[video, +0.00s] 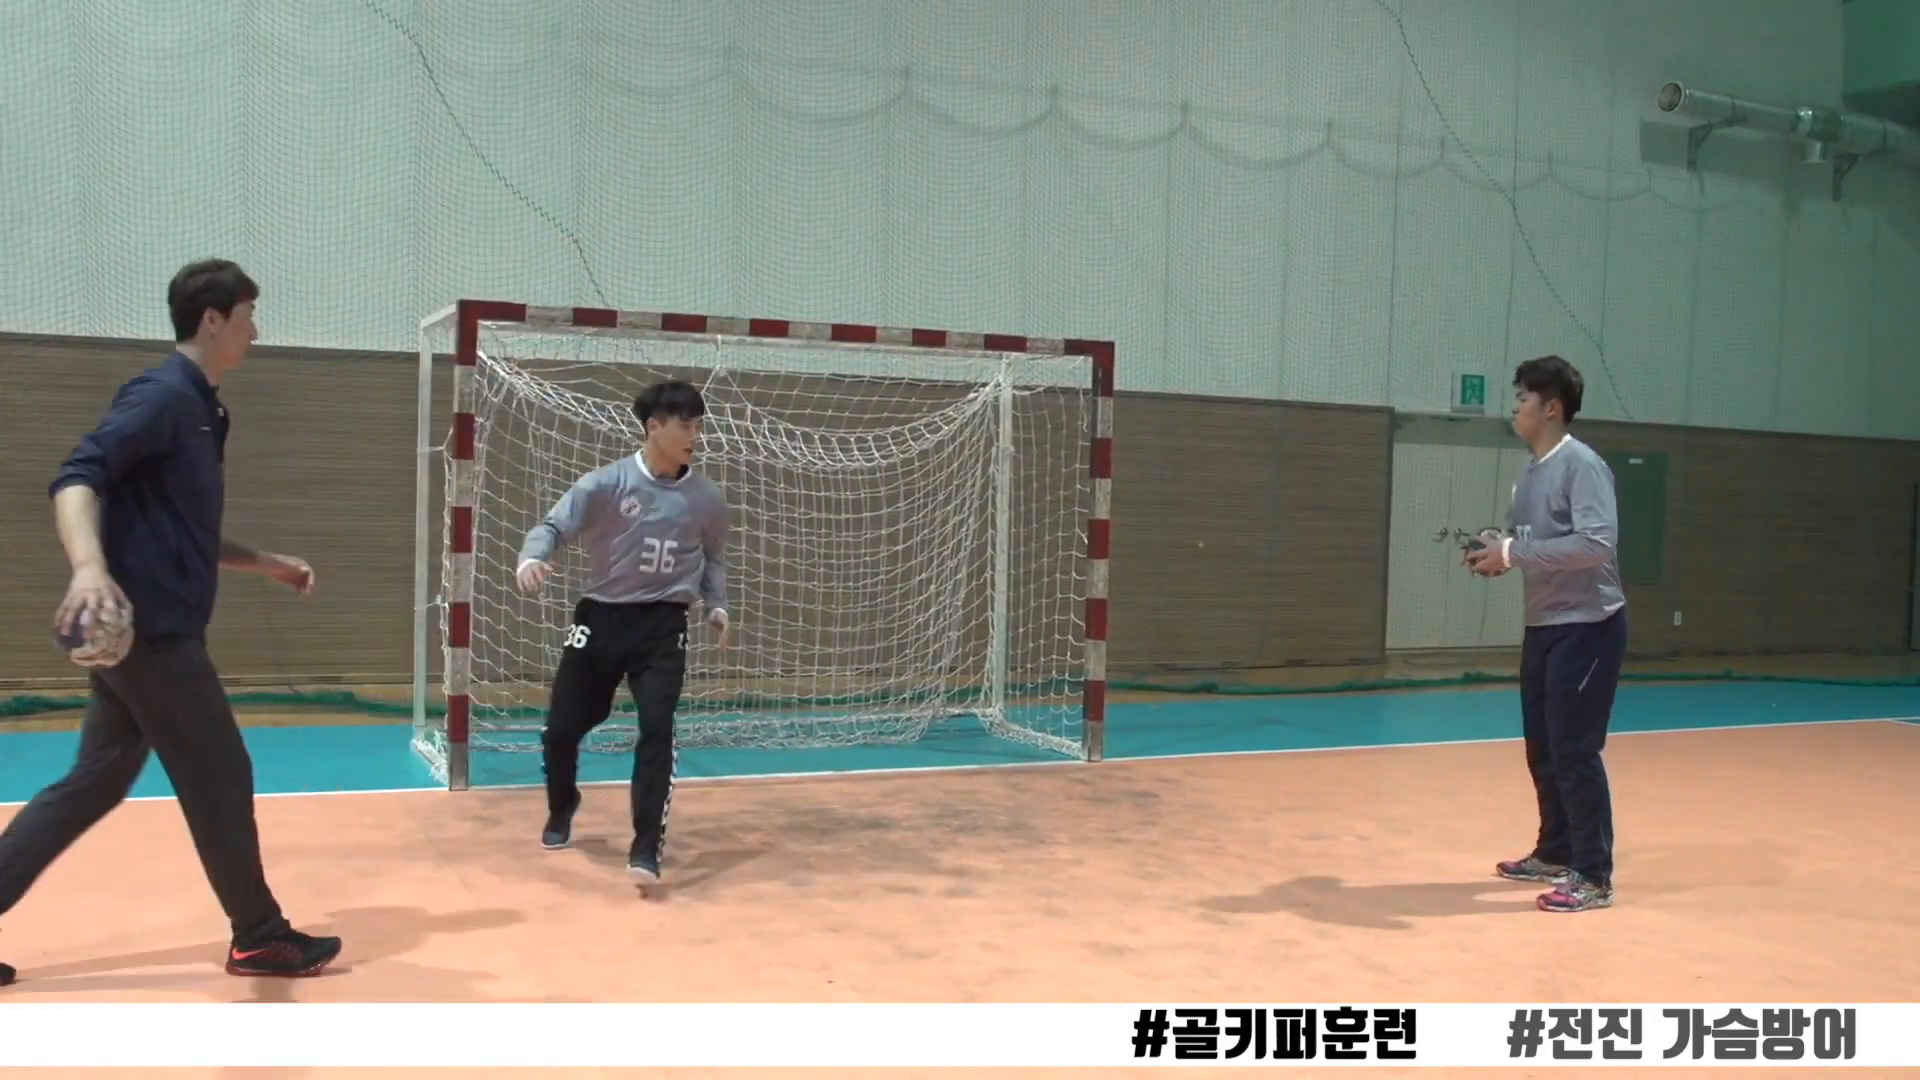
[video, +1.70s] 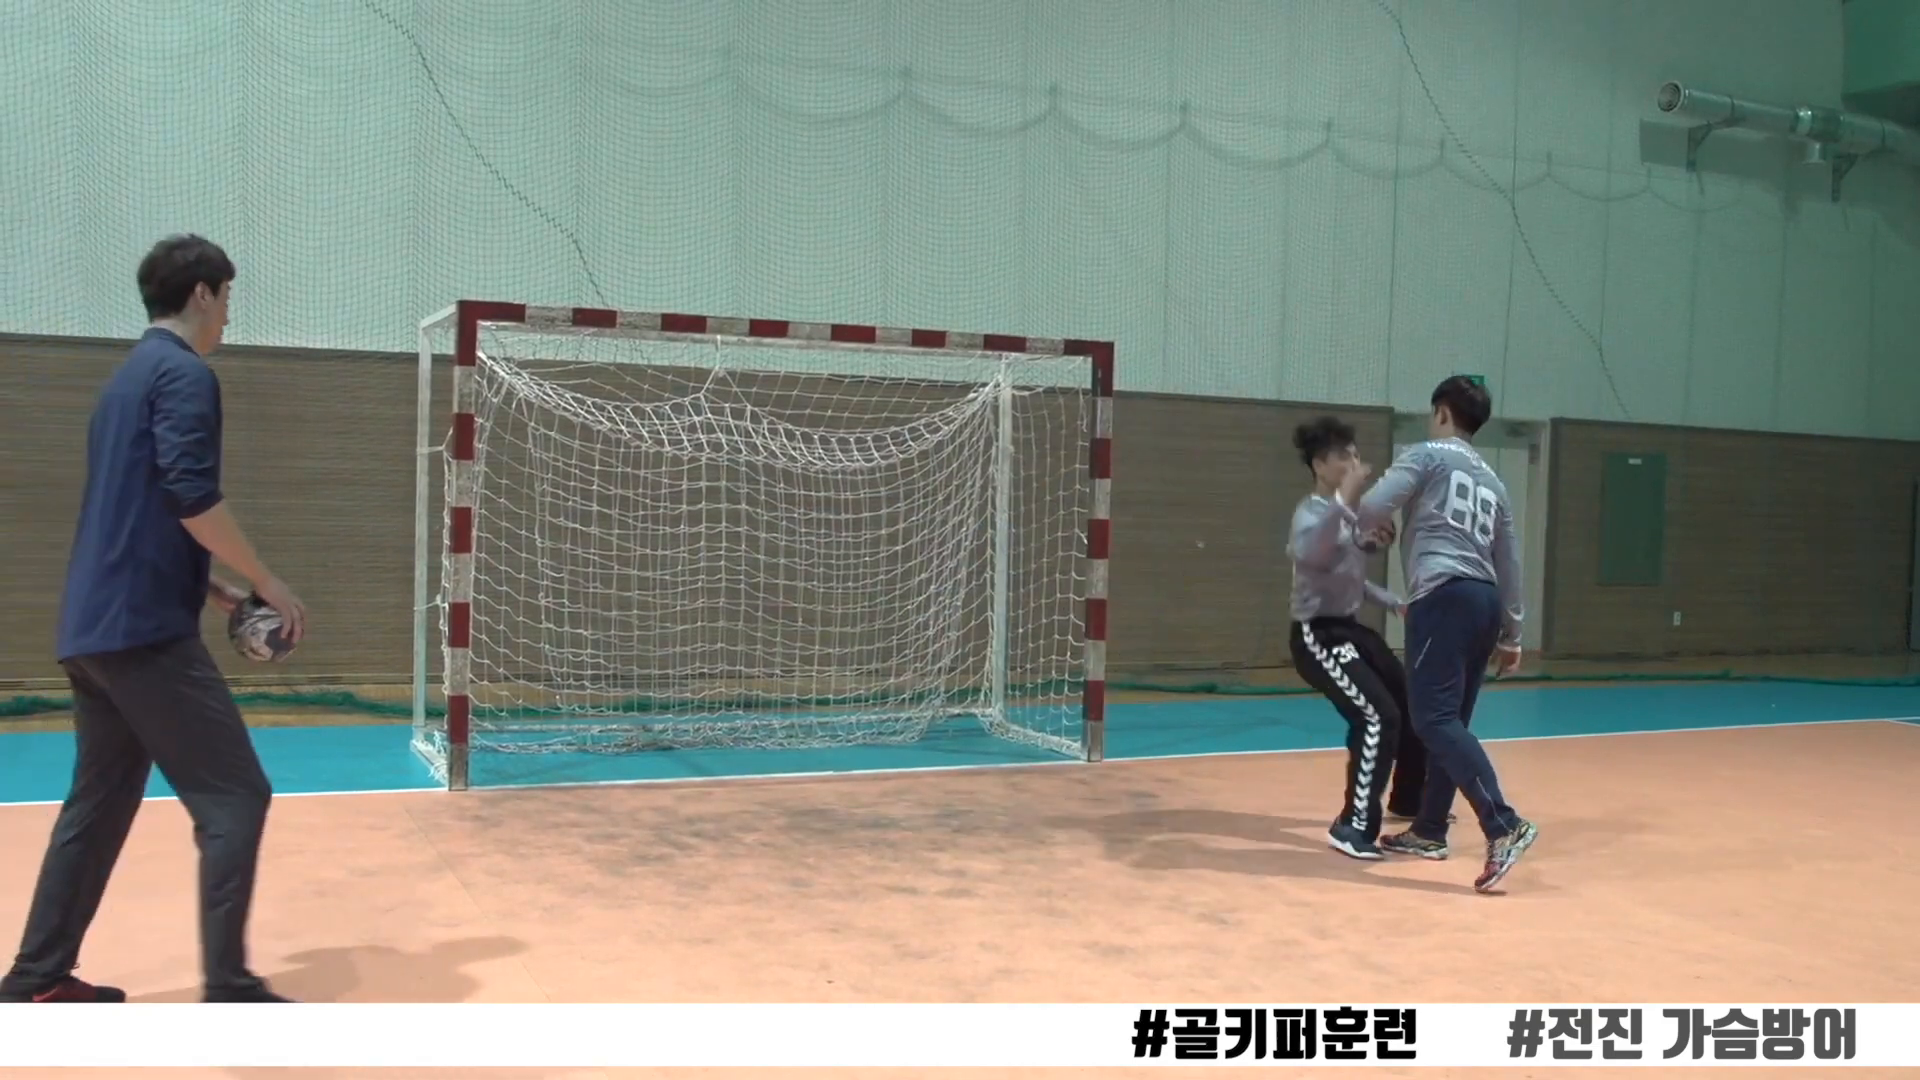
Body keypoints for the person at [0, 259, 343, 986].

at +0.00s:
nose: (255, 329)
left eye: (254, 316)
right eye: (249, 315)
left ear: (210, 320)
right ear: (213, 319)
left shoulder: (199, 405)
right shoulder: (163, 395)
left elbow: (187, 531)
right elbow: (76, 483)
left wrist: (264, 563)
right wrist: (88, 567)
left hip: (150, 631)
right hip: (149, 633)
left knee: (95, 784)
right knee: (219, 775)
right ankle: (259, 934)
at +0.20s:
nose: (190, 340)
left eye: (190, 326)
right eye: (184, 325)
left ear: (141, 324)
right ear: (148, 323)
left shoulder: (123, 408)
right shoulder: (93, 387)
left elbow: (104, 546)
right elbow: (14, 477)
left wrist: (189, 572)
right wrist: (19, 590)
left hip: (45, 631)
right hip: (42, 630)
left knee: (3, 786)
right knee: (131, 770)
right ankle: (193, 935)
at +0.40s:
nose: (149, 321)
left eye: (148, 307)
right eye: (144, 306)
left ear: (103, 309)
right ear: (107, 309)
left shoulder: (72, 380)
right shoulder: (57, 373)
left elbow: (24, 502)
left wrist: (72, 585)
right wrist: (18, 584)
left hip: (17, 618)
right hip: (11, 621)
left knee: (40, 778)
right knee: (57, 777)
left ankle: (3, 957)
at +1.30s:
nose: (153, 296)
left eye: (153, 280)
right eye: (147, 281)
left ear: (94, 285)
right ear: (113, 285)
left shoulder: (75, 364)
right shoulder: (65, 373)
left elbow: (55, 516)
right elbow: (48, 516)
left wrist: (99, 609)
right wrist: (138, 606)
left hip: (57, 633)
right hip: (24, 636)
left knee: (75, 794)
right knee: (8, 806)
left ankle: (40, 970)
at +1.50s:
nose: (185, 300)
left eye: (184, 285)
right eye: (181, 286)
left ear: (125, 288)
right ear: (153, 287)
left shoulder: (93, 362)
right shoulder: (120, 366)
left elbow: (84, 520)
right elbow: (113, 502)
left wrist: (151, 608)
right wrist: (194, 588)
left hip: (55, 619)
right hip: (73, 621)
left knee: (78, 801)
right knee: (123, 803)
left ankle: (39, 970)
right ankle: (11, 942)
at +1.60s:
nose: (205, 307)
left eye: (205, 291)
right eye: (203, 291)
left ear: (144, 292)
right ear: (176, 290)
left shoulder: (107, 368)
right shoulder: (150, 369)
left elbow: (114, 518)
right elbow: (152, 503)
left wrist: (188, 599)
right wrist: (232, 588)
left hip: (65, 627)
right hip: (106, 626)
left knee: (91, 799)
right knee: (187, 797)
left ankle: (34, 974)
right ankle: (88, 969)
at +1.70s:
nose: (229, 312)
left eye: (228, 297)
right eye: (227, 297)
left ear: (166, 299)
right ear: (201, 296)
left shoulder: (129, 375)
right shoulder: (184, 373)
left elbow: (134, 525)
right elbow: (193, 500)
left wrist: (214, 593)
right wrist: (272, 585)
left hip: (96, 628)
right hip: (142, 629)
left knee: (100, 802)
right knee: (236, 795)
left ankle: (39, 975)